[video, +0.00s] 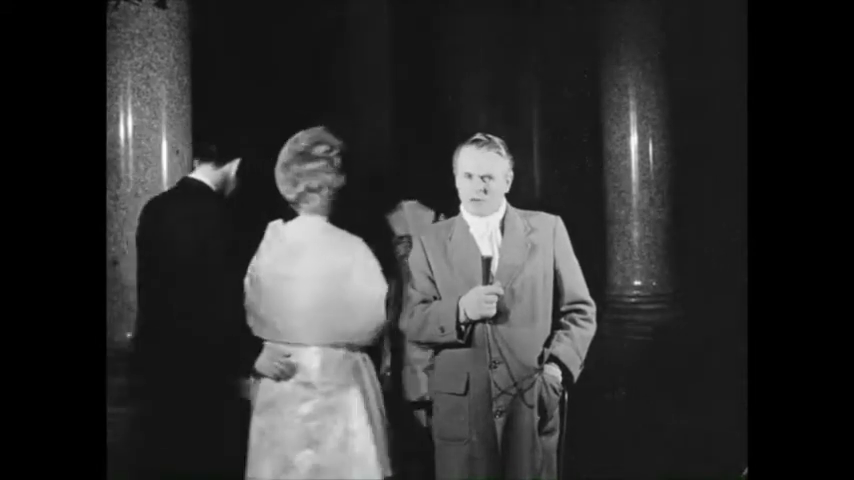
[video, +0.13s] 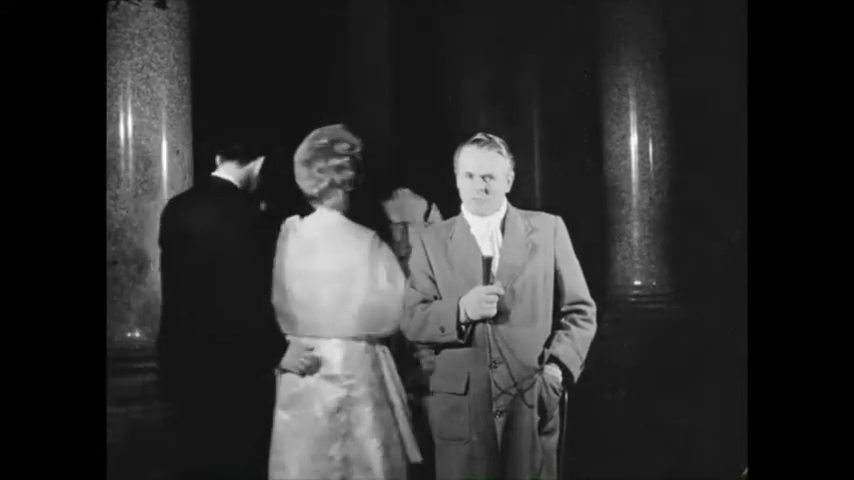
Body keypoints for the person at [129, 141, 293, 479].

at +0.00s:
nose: (239, 179)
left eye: (241, 169)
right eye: (241, 169)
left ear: (197, 158)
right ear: (233, 167)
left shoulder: (156, 209)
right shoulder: (217, 216)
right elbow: (215, 305)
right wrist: (254, 354)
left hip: (160, 356)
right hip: (204, 364)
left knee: (166, 453)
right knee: (209, 456)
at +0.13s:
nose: (261, 174)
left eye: (263, 165)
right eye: (262, 165)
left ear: (217, 158)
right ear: (257, 165)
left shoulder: (178, 207)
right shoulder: (247, 215)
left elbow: (179, 298)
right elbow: (243, 299)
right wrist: (280, 352)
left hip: (186, 358)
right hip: (236, 364)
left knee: (193, 455)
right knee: (241, 458)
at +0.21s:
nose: (273, 169)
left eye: (271, 162)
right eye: (274, 163)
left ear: (229, 157)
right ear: (268, 162)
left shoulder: (190, 206)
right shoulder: (269, 210)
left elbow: (185, 282)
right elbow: (273, 288)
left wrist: (189, 334)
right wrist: (293, 344)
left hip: (204, 335)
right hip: (257, 337)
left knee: (209, 429)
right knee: (258, 434)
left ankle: (207, 470)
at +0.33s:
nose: (288, 167)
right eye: (290, 160)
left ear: (245, 155)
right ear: (287, 160)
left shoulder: (217, 199)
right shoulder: (286, 206)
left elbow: (191, 274)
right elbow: (298, 282)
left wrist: (213, 314)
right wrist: (317, 340)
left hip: (229, 329)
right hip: (278, 332)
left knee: (239, 422)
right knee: (281, 425)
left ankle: (242, 469)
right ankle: (276, 470)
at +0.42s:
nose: (300, 166)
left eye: (300, 160)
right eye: (302, 159)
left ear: (255, 154)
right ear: (297, 159)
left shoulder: (223, 199)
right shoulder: (295, 211)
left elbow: (212, 282)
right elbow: (306, 287)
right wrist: (335, 339)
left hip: (234, 335)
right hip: (285, 342)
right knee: (283, 445)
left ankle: (249, 468)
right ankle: (278, 470)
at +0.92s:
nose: (341, 173)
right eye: (340, 165)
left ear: (295, 163)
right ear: (338, 163)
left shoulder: (269, 204)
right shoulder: (343, 206)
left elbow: (249, 274)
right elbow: (360, 276)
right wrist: (399, 321)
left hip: (283, 332)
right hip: (340, 334)